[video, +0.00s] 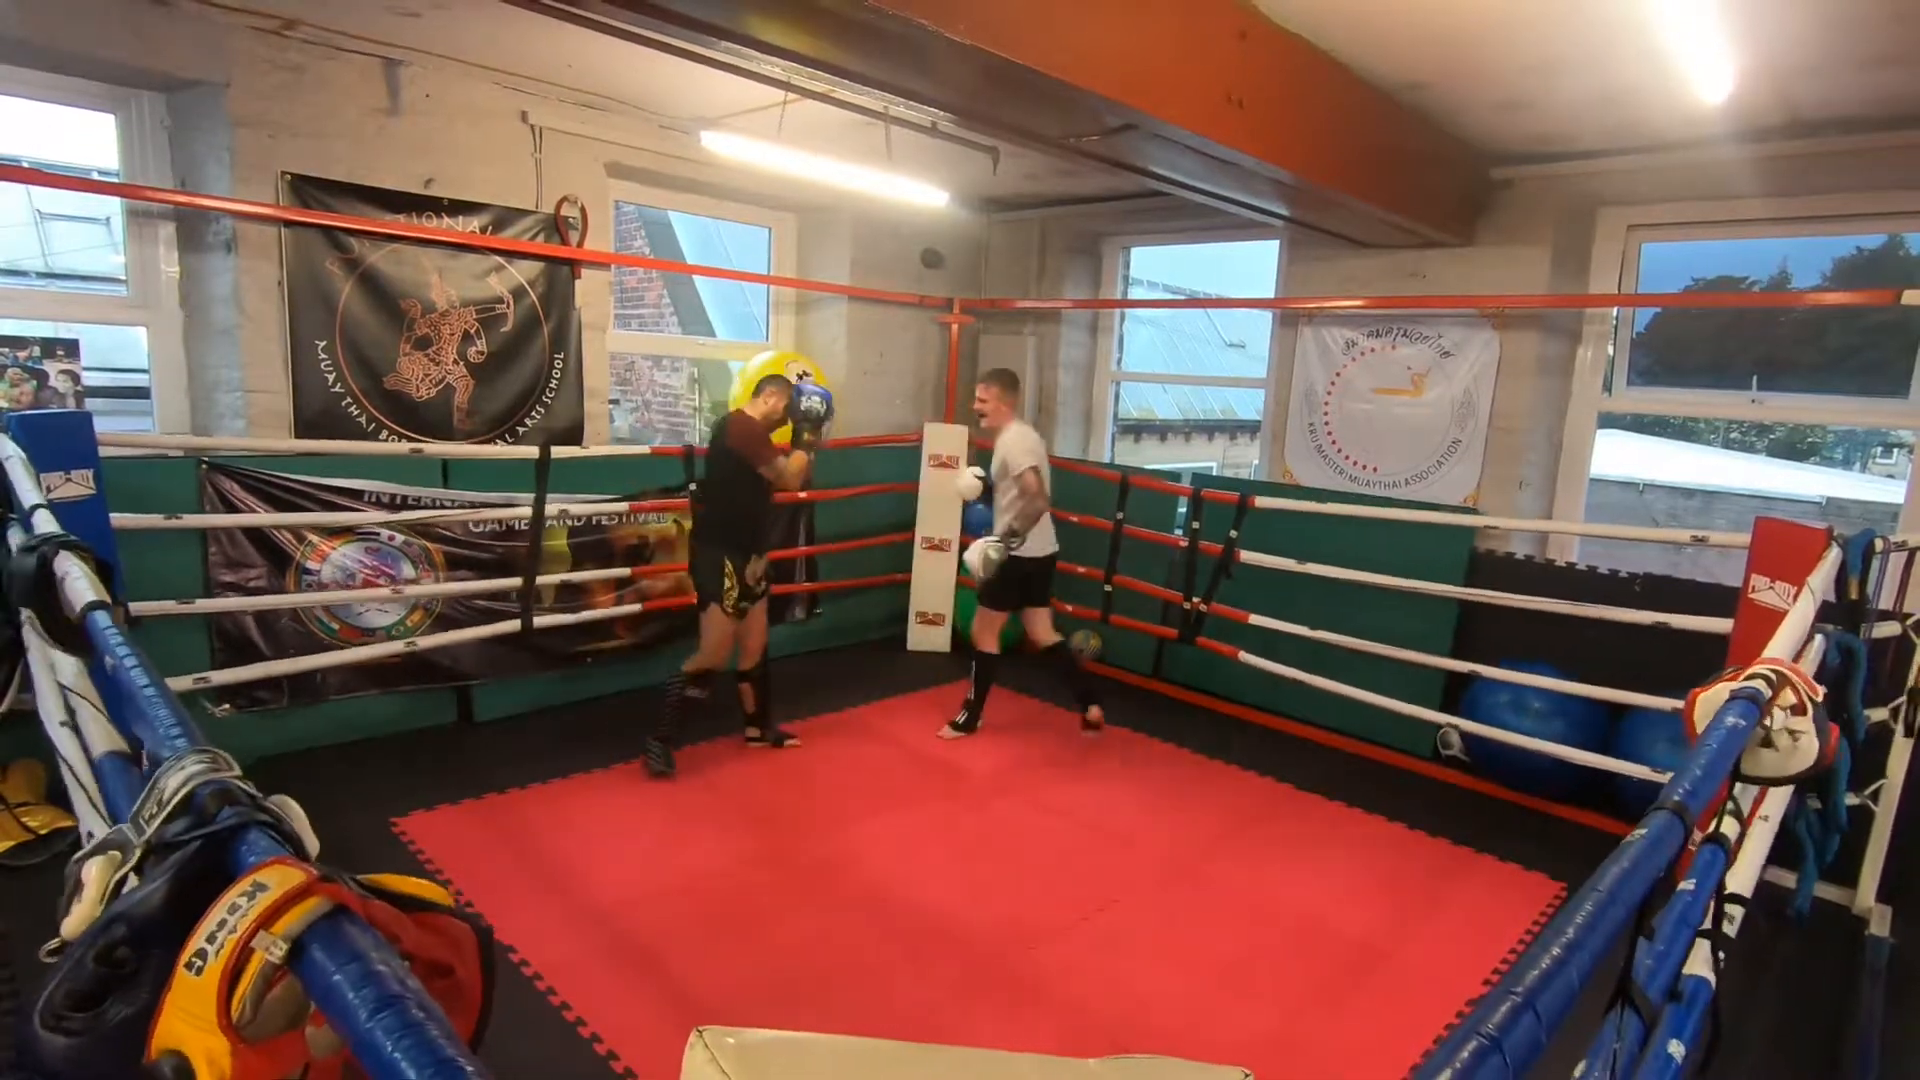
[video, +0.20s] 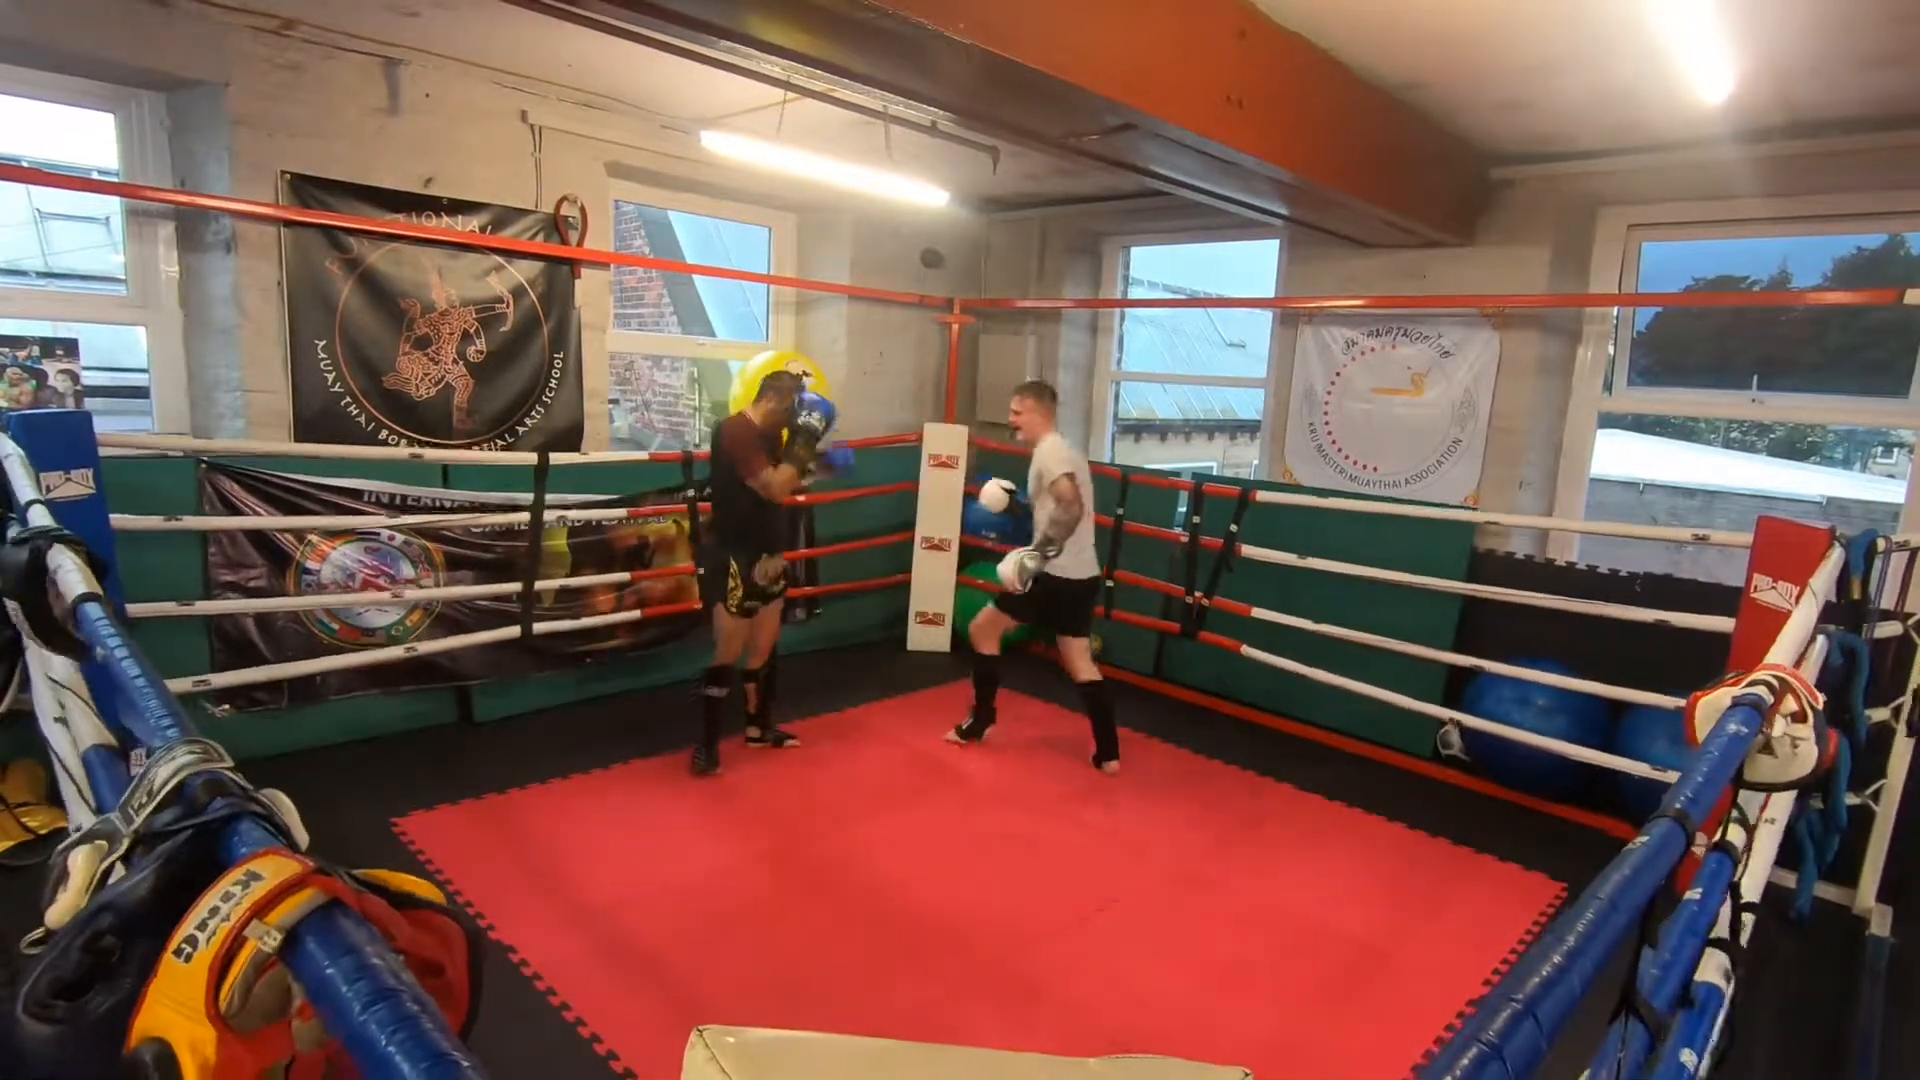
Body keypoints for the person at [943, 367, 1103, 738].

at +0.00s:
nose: (977, 407)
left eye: (983, 401)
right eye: (977, 400)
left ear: (1005, 402)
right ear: (1005, 404)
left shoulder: (1014, 441)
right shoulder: (1022, 435)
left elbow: (1038, 499)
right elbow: (1018, 488)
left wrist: (1001, 541)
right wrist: (986, 488)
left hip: (1019, 555)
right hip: (1039, 553)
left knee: (985, 631)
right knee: (1041, 630)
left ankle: (971, 716)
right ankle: (1089, 703)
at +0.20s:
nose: (1012, 420)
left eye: (1018, 412)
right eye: (1012, 412)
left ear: (1041, 413)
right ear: (1043, 415)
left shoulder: (1050, 452)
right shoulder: (1063, 451)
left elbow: (1071, 506)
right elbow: (1054, 508)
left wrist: (1037, 555)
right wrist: (1015, 502)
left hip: (1055, 578)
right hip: (1081, 579)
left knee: (983, 629)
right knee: (1079, 660)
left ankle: (981, 719)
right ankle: (1108, 753)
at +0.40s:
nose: (1034, 414)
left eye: (1038, 405)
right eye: (1035, 405)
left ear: (1055, 404)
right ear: (1072, 406)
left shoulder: (1056, 443)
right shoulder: (1101, 451)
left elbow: (1061, 503)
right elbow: (1095, 513)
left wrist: (1014, 535)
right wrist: (1044, 488)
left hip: (1056, 577)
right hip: (1094, 581)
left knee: (1008, 659)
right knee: (1087, 664)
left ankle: (1006, 768)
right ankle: (1106, 755)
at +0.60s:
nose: (1022, 434)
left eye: (1024, 425)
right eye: (1021, 425)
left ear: (1045, 420)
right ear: (1062, 421)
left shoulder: (1036, 462)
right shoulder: (1103, 466)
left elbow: (1006, 532)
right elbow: (1096, 528)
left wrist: (964, 537)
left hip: (1055, 598)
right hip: (1101, 600)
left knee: (1030, 701)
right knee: (1097, 676)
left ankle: (1021, 818)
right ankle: (1110, 755)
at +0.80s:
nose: (1016, 430)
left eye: (1017, 420)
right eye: (1014, 421)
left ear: (1035, 412)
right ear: (1060, 411)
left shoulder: (1033, 459)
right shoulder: (1106, 458)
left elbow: (1012, 536)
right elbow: (1078, 531)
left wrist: (973, 553)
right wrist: (989, 542)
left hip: (1058, 604)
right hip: (1110, 605)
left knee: (1034, 705)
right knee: (1116, 697)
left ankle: (1022, 819)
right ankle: (1149, 807)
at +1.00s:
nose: (1037, 440)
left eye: (1037, 431)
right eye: (1034, 432)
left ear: (1054, 423)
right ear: (1080, 422)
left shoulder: (1055, 470)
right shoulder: (1123, 470)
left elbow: (1052, 539)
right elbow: (1104, 541)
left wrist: (1004, 569)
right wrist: (1017, 560)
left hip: (1068, 615)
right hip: (1124, 618)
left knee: (1028, 707)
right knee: (1138, 732)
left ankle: (1018, 818)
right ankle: (1171, 857)